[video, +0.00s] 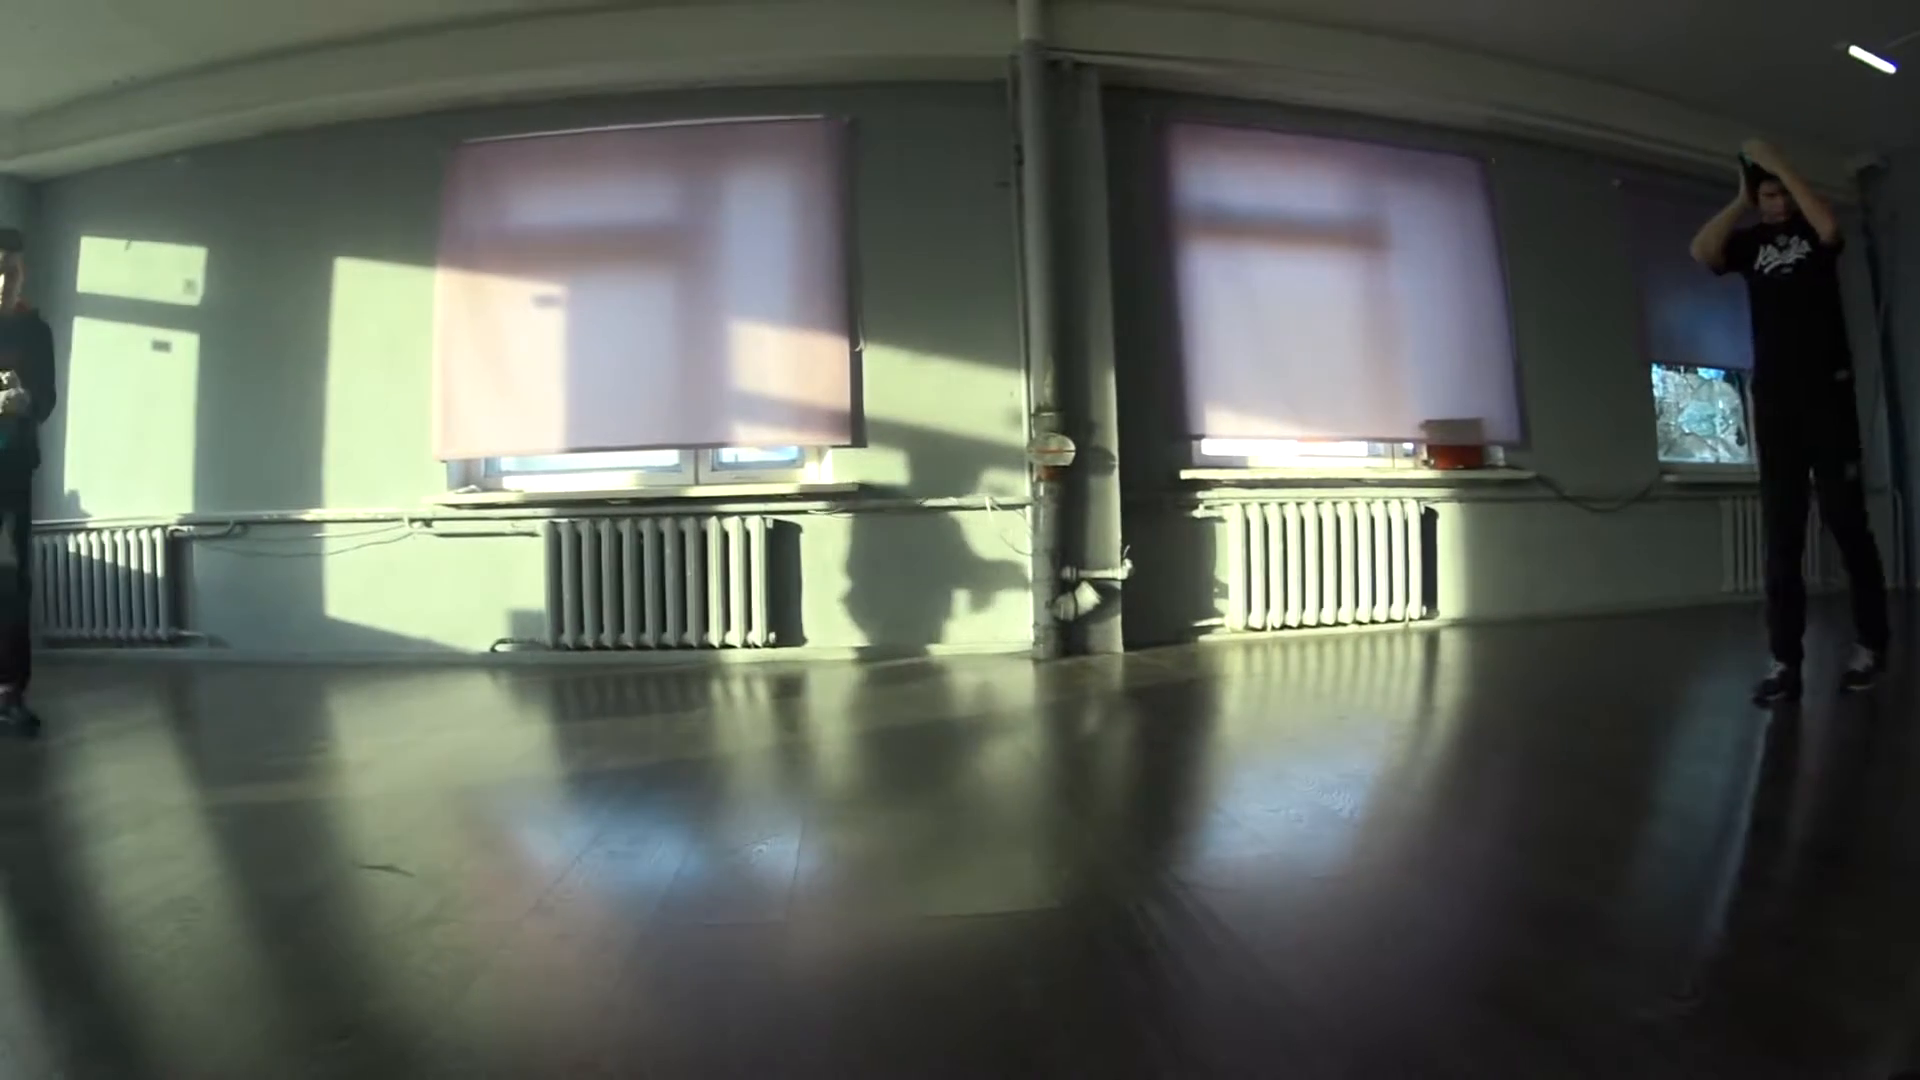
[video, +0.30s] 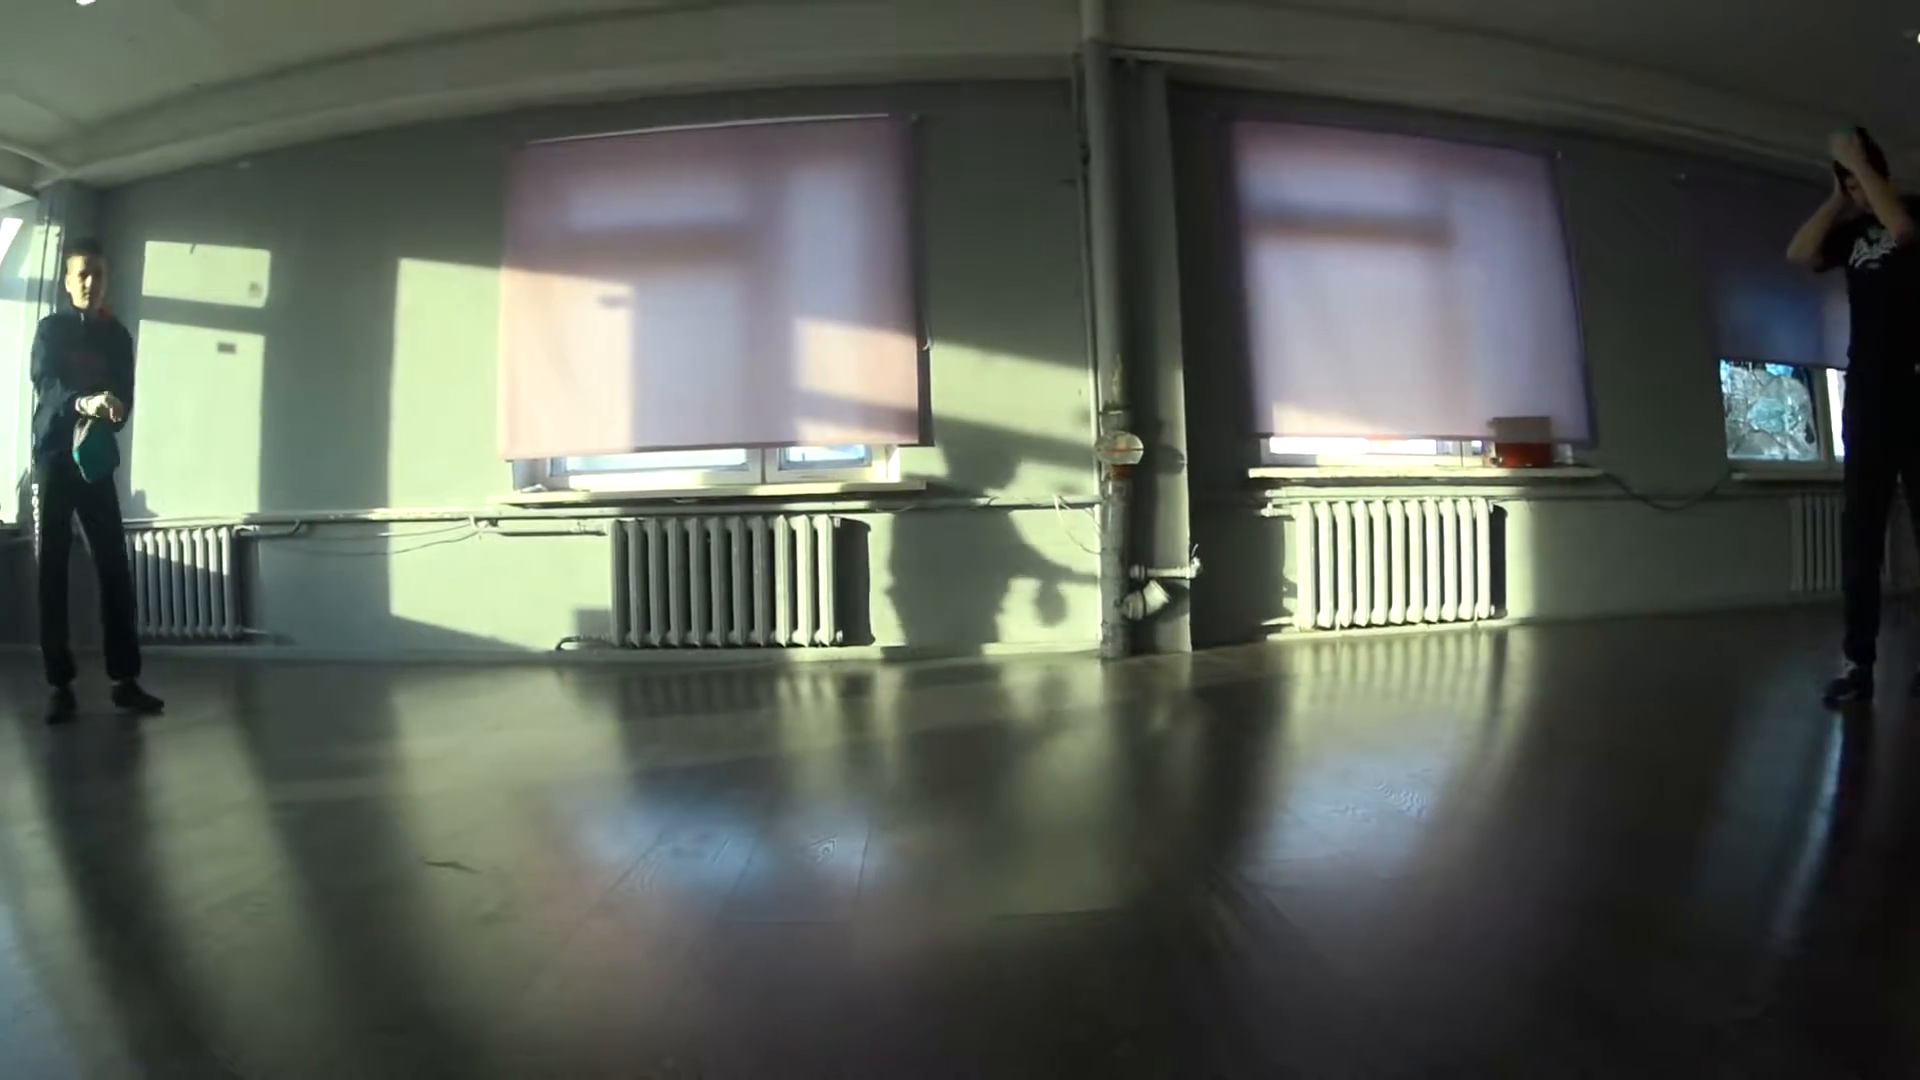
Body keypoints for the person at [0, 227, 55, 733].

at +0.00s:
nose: (6, 281)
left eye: (11, 272)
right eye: (2, 271)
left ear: (22, 277)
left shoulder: (31, 329)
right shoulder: (22, 330)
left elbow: (42, 401)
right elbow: (41, 400)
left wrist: (22, 401)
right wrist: (17, 397)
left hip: (14, 465)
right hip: (9, 466)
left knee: (15, 572)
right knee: (12, 572)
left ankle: (13, 691)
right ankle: (10, 689)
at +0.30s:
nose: (88, 281)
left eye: (95, 273)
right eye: (80, 274)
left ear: (106, 279)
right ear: (66, 280)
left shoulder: (119, 335)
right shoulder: (52, 327)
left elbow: (123, 395)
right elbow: (42, 382)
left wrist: (115, 412)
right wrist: (79, 402)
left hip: (98, 462)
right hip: (54, 461)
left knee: (115, 567)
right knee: (53, 569)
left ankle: (125, 681)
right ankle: (60, 687)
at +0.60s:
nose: (179, 284)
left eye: (185, 277)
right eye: (171, 276)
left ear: (193, 283)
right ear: (152, 283)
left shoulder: (200, 341)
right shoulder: (135, 331)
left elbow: (203, 401)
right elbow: (133, 390)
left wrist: (198, 424)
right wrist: (176, 385)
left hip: (178, 465)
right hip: (136, 462)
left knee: (181, 572)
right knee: (128, 570)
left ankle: (179, 681)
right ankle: (118, 686)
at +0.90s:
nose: (204, 294)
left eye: (211, 285)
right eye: (196, 285)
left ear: (222, 286)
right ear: (181, 286)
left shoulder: (230, 344)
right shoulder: (166, 329)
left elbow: (234, 402)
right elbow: (159, 382)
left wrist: (230, 427)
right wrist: (201, 401)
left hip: (204, 463)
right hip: (162, 459)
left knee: (204, 568)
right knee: (151, 565)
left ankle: (193, 680)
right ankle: (143, 682)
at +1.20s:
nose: (196, 292)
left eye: (204, 283)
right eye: (189, 283)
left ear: (215, 284)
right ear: (174, 285)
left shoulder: (228, 340)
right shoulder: (160, 328)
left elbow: (236, 398)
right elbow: (160, 376)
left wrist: (233, 413)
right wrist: (206, 392)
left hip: (203, 464)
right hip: (159, 461)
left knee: (202, 569)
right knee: (156, 568)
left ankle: (192, 680)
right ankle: (151, 686)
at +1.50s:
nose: (182, 286)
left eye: (190, 278)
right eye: (174, 278)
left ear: (202, 278)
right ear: (160, 279)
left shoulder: (214, 335)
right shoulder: (144, 328)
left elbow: (221, 400)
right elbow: (149, 379)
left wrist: (218, 408)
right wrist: (196, 373)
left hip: (194, 461)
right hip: (149, 459)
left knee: (199, 569)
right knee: (149, 569)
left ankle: (191, 679)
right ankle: (150, 685)